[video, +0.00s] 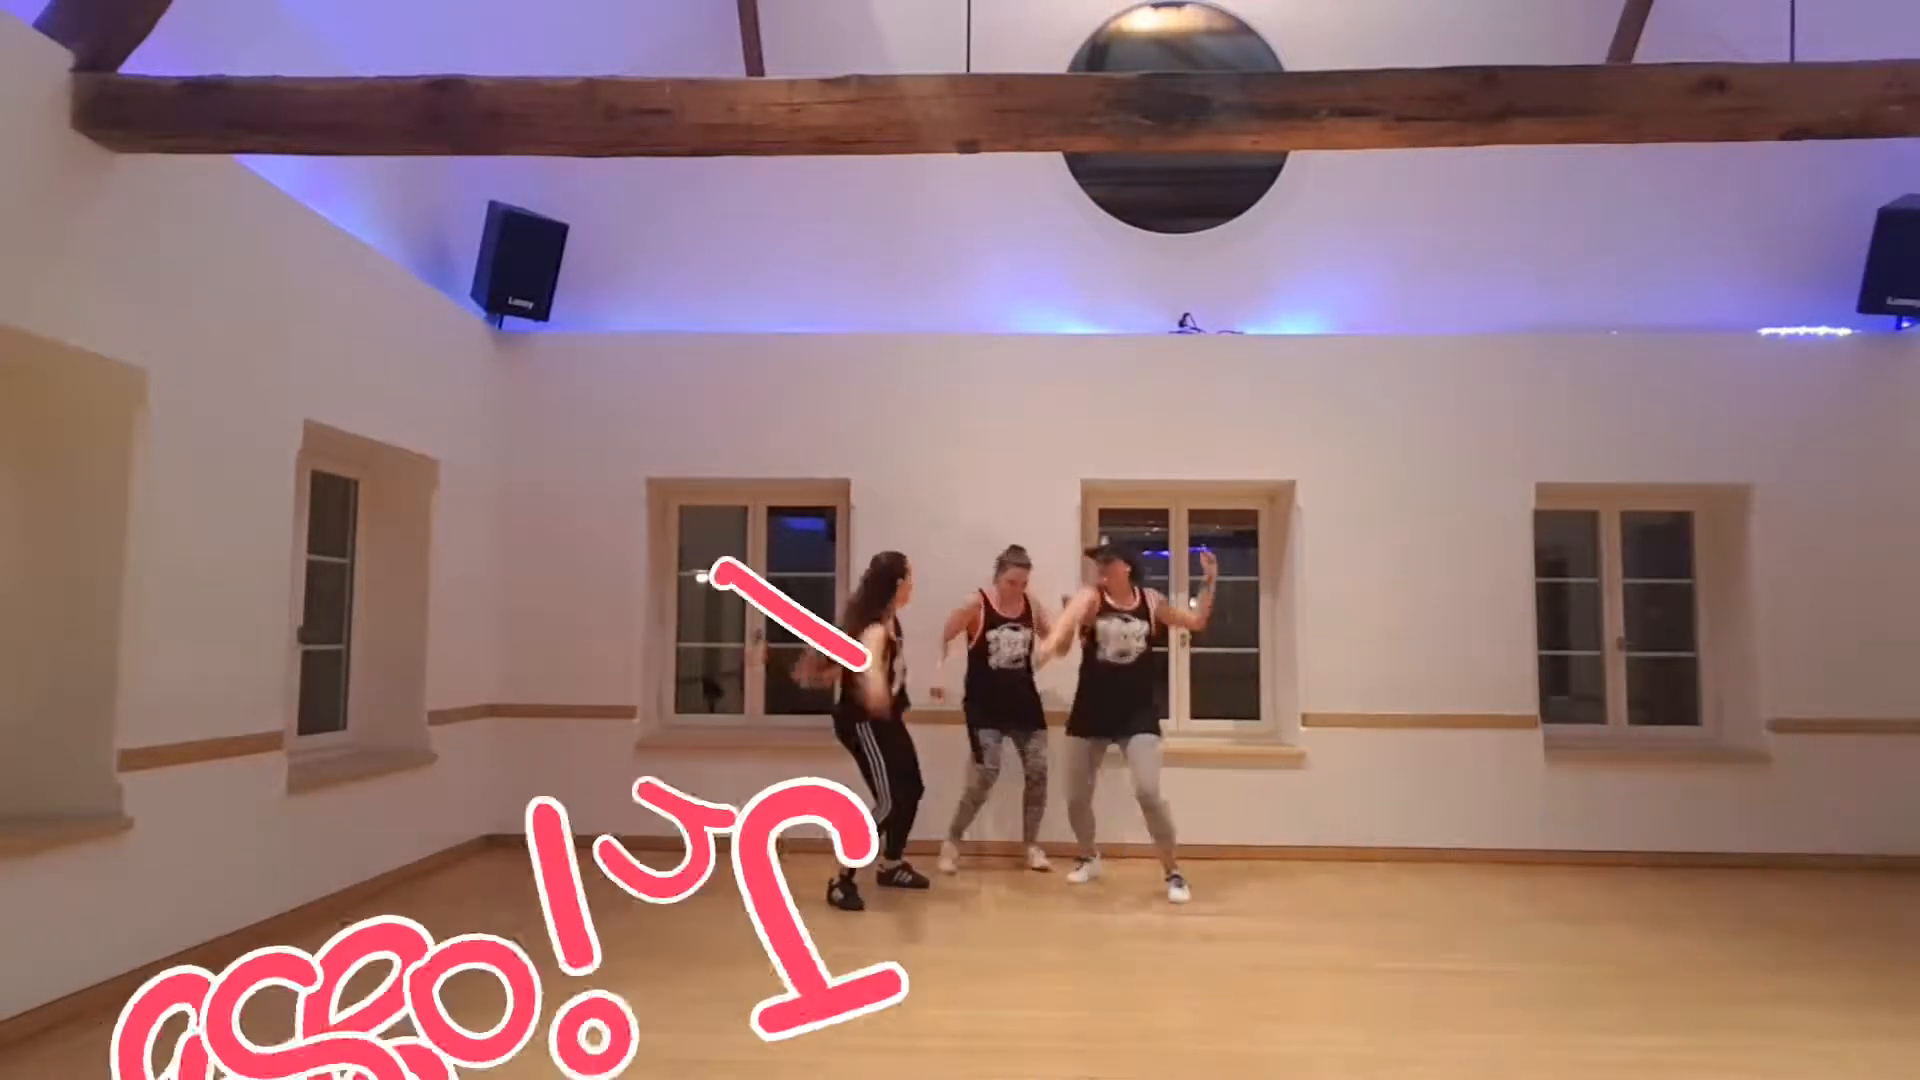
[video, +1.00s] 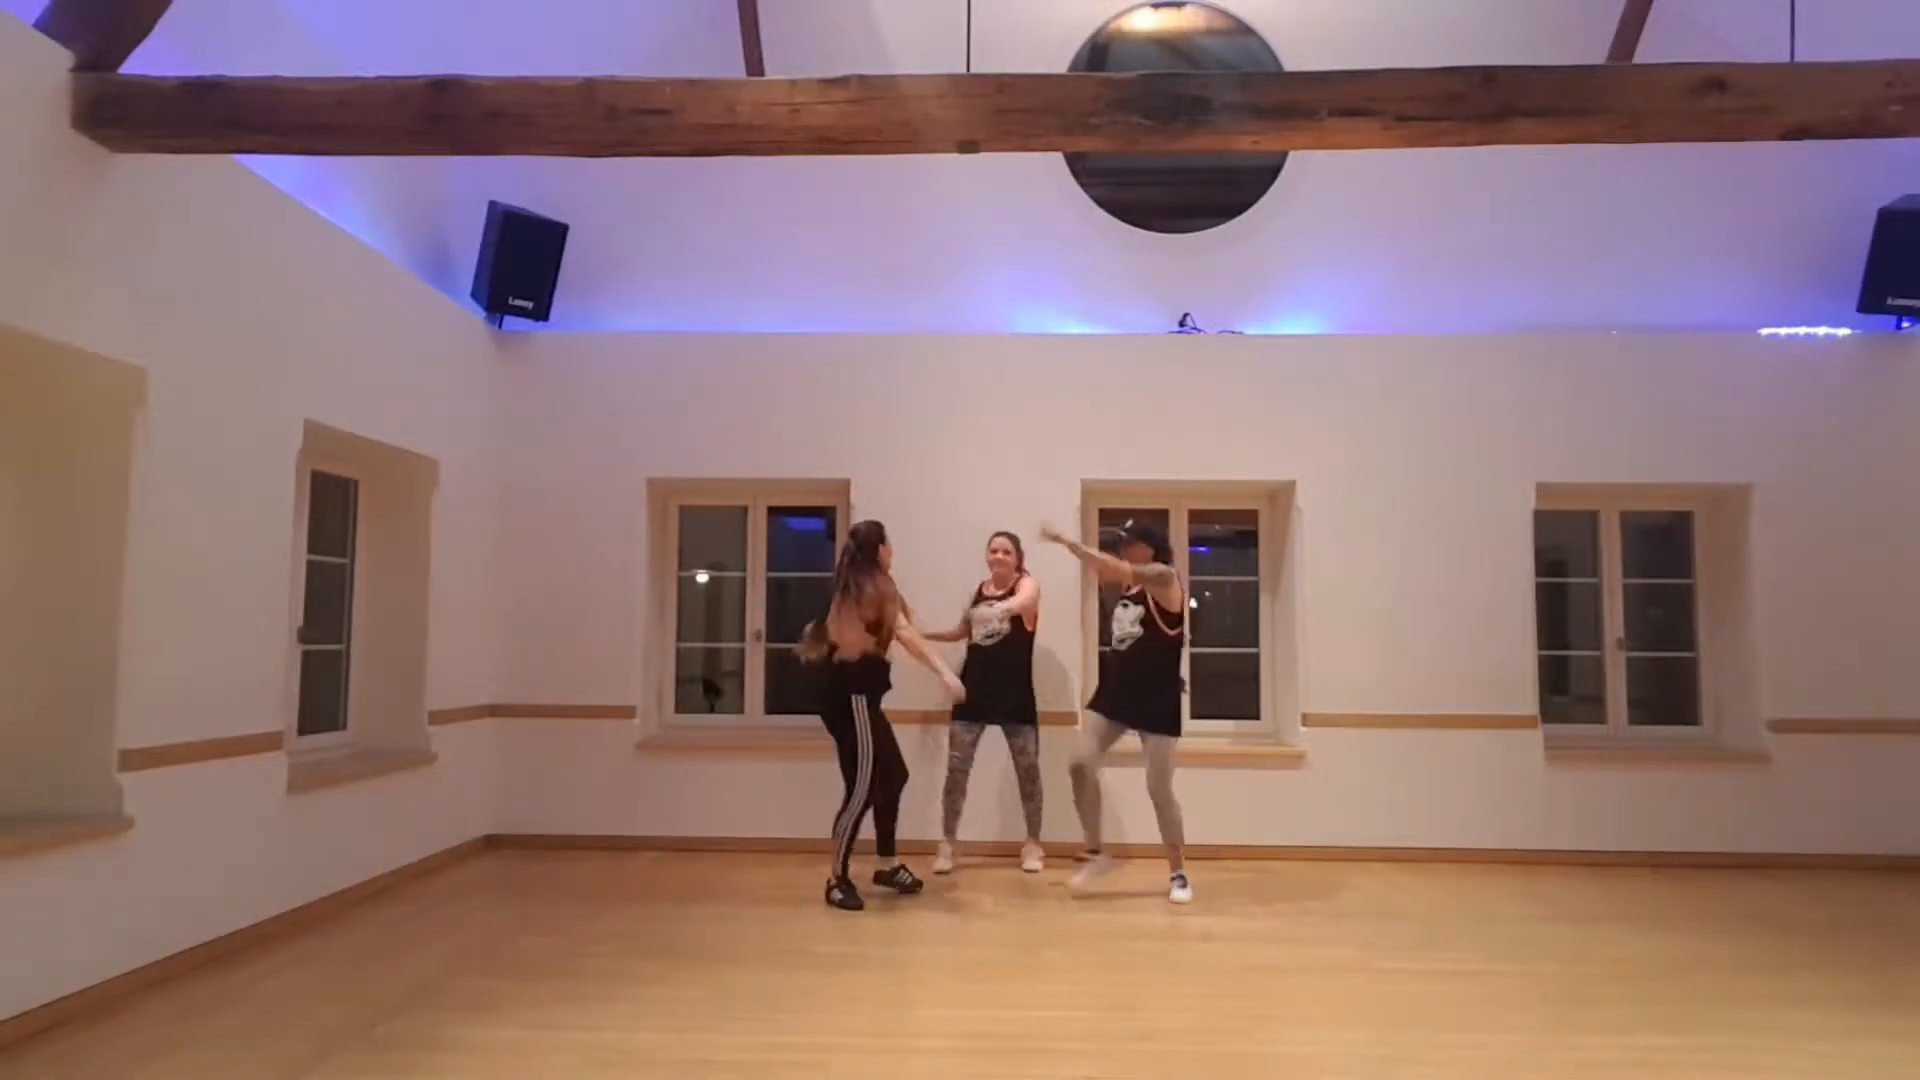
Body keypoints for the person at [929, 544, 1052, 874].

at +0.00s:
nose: (1018, 588)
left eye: (1023, 582)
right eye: (1013, 581)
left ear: (1029, 579)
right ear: (998, 576)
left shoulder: (1031, 605)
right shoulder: (976, 606)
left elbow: (1053, 640)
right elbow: (943, 638)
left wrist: (1068, 621)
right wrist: (938, 677)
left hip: (1023, 698)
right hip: (984, 700)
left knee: (1038, 770)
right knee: (986, 772)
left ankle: (1032, 844)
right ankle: (952, 841)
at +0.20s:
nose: (1022, 582)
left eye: (1029, 576)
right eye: (1017, 575)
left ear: (1038, 578)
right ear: (1006, 574)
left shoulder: (1046, 610)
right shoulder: (987, 602)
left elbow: (1045, 661)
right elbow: (965, 632)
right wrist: (947, 648)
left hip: (1033, 696)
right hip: (995, 697)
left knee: (1039, 769)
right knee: (1003, 764)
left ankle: (1031, 845)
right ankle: (965, 840)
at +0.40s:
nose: (1022, 567)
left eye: (1028, 561)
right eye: (1017, 561)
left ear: (1041, 565)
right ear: (1008, 563)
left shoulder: (1049, 595)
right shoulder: (997, 591)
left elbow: (1052, 642)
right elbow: (979, 625)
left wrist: (1031, 609)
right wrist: (948, 630)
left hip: (1030, 689)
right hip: (991, 686)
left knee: (1026, 766)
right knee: (988, 759)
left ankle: (1028, 844)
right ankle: (982, 841)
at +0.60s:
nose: (1021, 572)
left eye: (1028, 566)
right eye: (1017, 566)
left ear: (1040, 571)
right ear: (1009, 569)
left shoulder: (1049, 604)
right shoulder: (998, 599)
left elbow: (1043, 655)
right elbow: (980, 639)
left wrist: (1023, 618)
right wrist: (945, 645)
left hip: (1029, 699)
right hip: (992, 696)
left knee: (1024, 774)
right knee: (987, 770)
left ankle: (1028, 847)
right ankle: (987, 845)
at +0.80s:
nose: (1013, 569)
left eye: (1020, 564)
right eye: (1008, 563)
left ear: (1033, 569)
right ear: (1001, 568)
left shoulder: (1041, 599)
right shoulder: (996, 599)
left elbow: (1031, 637)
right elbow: (979, 642)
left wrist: (1002, 606)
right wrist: (938, 647)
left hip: (1025, 698)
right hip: (989, 695)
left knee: (1024, 774)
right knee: (967, 764)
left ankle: (1029, 848)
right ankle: (977, 843)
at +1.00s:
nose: (998, 557)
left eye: (1005, 552)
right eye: (994, 552)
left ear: (1018, 559)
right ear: (986, 558)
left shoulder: (1027, 585)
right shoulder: (981, 590)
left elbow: (1022, 601)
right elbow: (961, 632)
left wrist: (996, 609)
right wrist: (921, 634)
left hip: (1014, 692)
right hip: (974, 690)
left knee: (1027, 767)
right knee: (957, 767)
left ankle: (1033, 842)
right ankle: (947, 843)